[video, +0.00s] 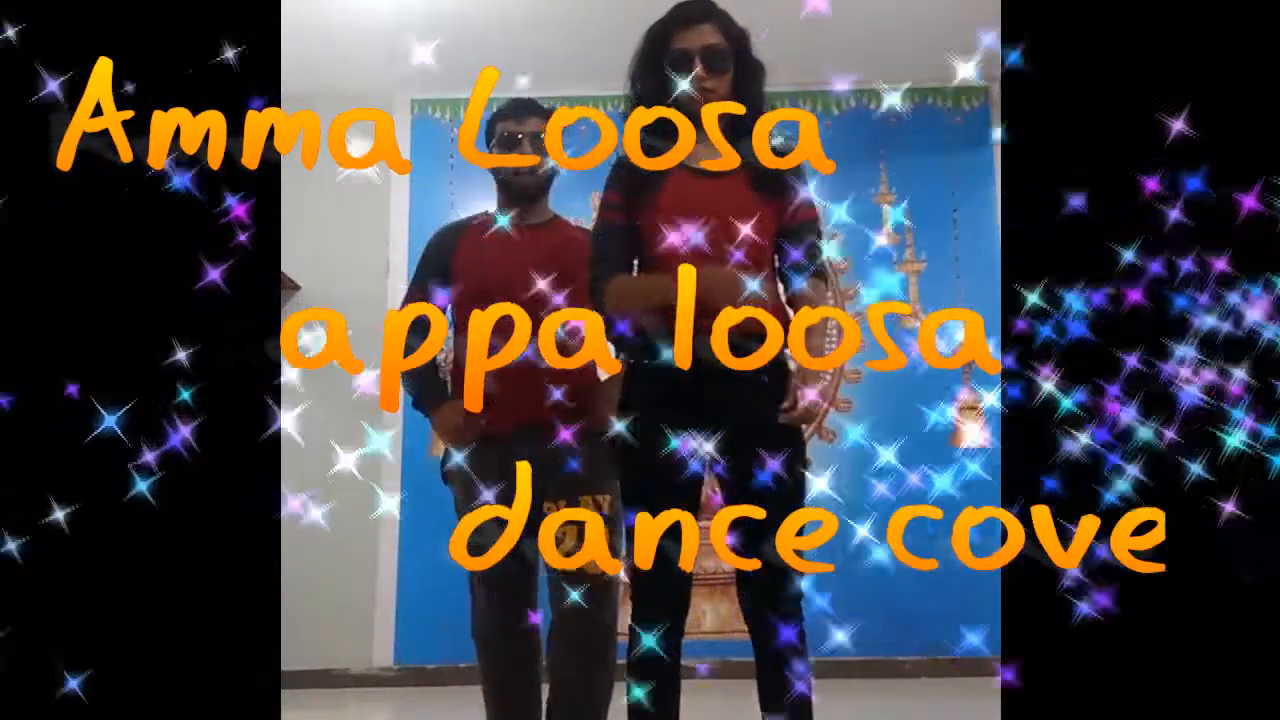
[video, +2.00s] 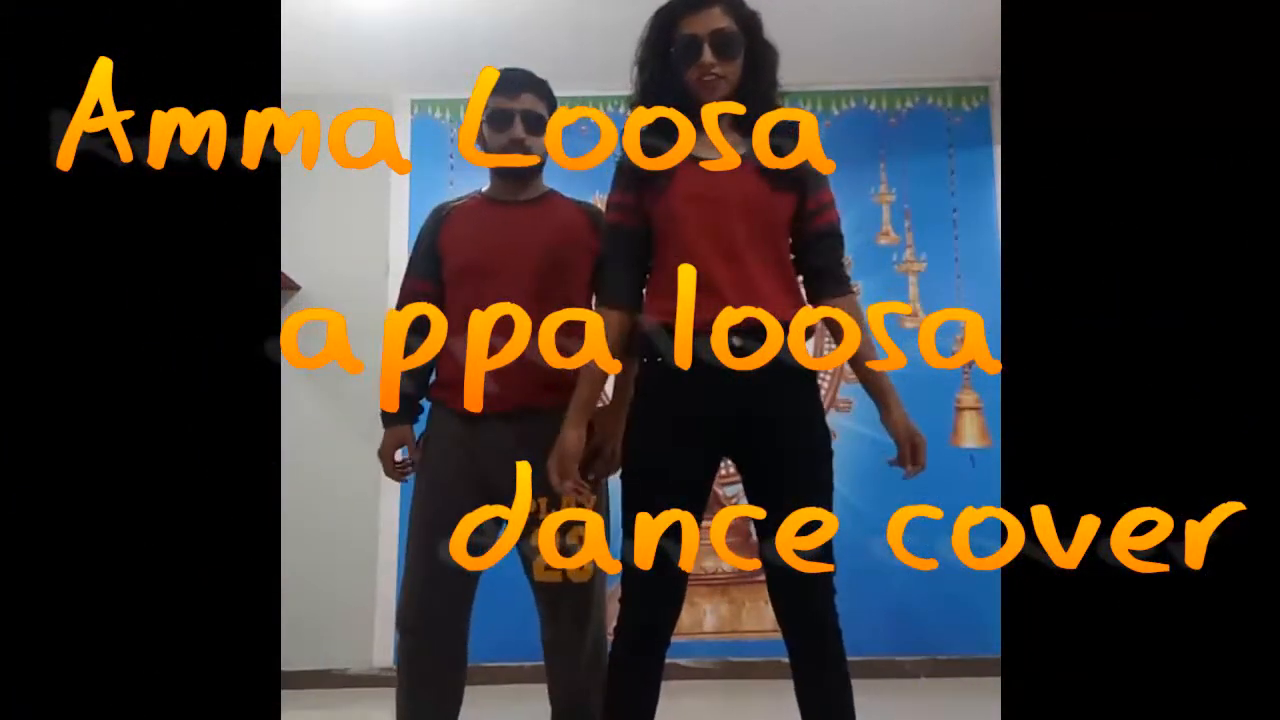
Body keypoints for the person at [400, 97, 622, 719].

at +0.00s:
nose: (522, 152)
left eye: (535, 140)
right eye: (508, 142)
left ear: (557, 154)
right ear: (487, 156)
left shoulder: (592, 247)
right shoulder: (453, 244)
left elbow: (626, 330)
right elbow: (412, 336)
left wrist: (613, 395)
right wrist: (438, 407)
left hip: (578, 442)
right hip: (486, 447)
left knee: (586, 603)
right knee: (500, 605)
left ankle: (578, 715)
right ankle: (511, 716)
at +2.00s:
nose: (517, 132)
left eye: (531, 121)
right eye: (502, 120)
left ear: (551, 133)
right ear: (478, 131)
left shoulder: (588, 224)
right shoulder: (446, 222)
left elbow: (622, 333)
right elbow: (413, 324)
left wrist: (612, 427)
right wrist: (398, 417)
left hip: (557, 438)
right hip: (457, 437)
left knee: (573, 613)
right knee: (428, 612)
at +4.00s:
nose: (493, 140)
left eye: (507, 131)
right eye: (478, 129)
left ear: (526, 145)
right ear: (456, 139)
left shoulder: (560, 216)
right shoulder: (423, 218)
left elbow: (600, 301)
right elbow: (389, 312)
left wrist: (576, 367)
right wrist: (399, 371)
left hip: (541, 433)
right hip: (445, 436)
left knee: (561, 621)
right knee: (431, 621)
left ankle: (578, 718)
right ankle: (424, 719)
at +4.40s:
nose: (491, 136)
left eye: (504, 127)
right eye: (477, 126)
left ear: (523, 145)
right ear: (454, 141)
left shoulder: (564, 223)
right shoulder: (418, 226)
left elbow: (595, 318)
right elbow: (385, 321)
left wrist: (582, 389)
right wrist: (395, 383)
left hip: (543, 441)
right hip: (441, 444)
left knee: (562, 628)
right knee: (428, 631)